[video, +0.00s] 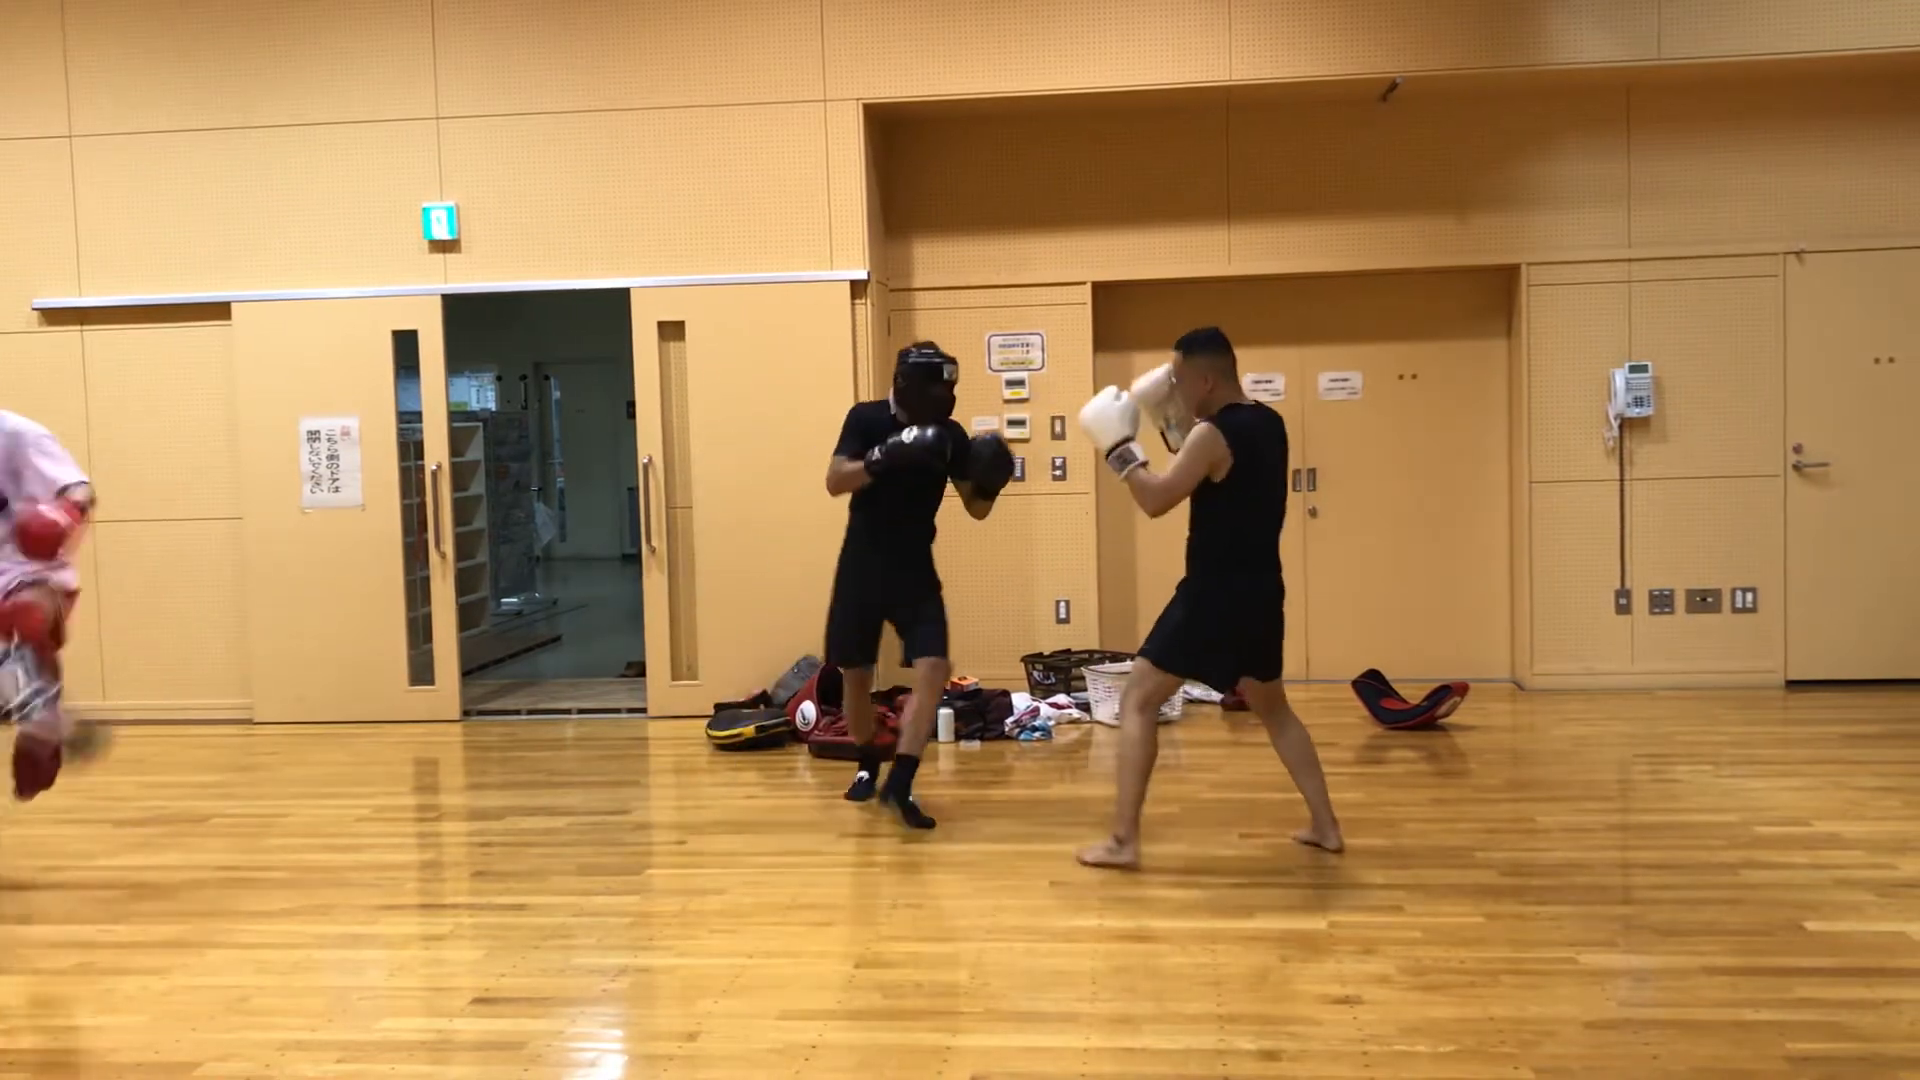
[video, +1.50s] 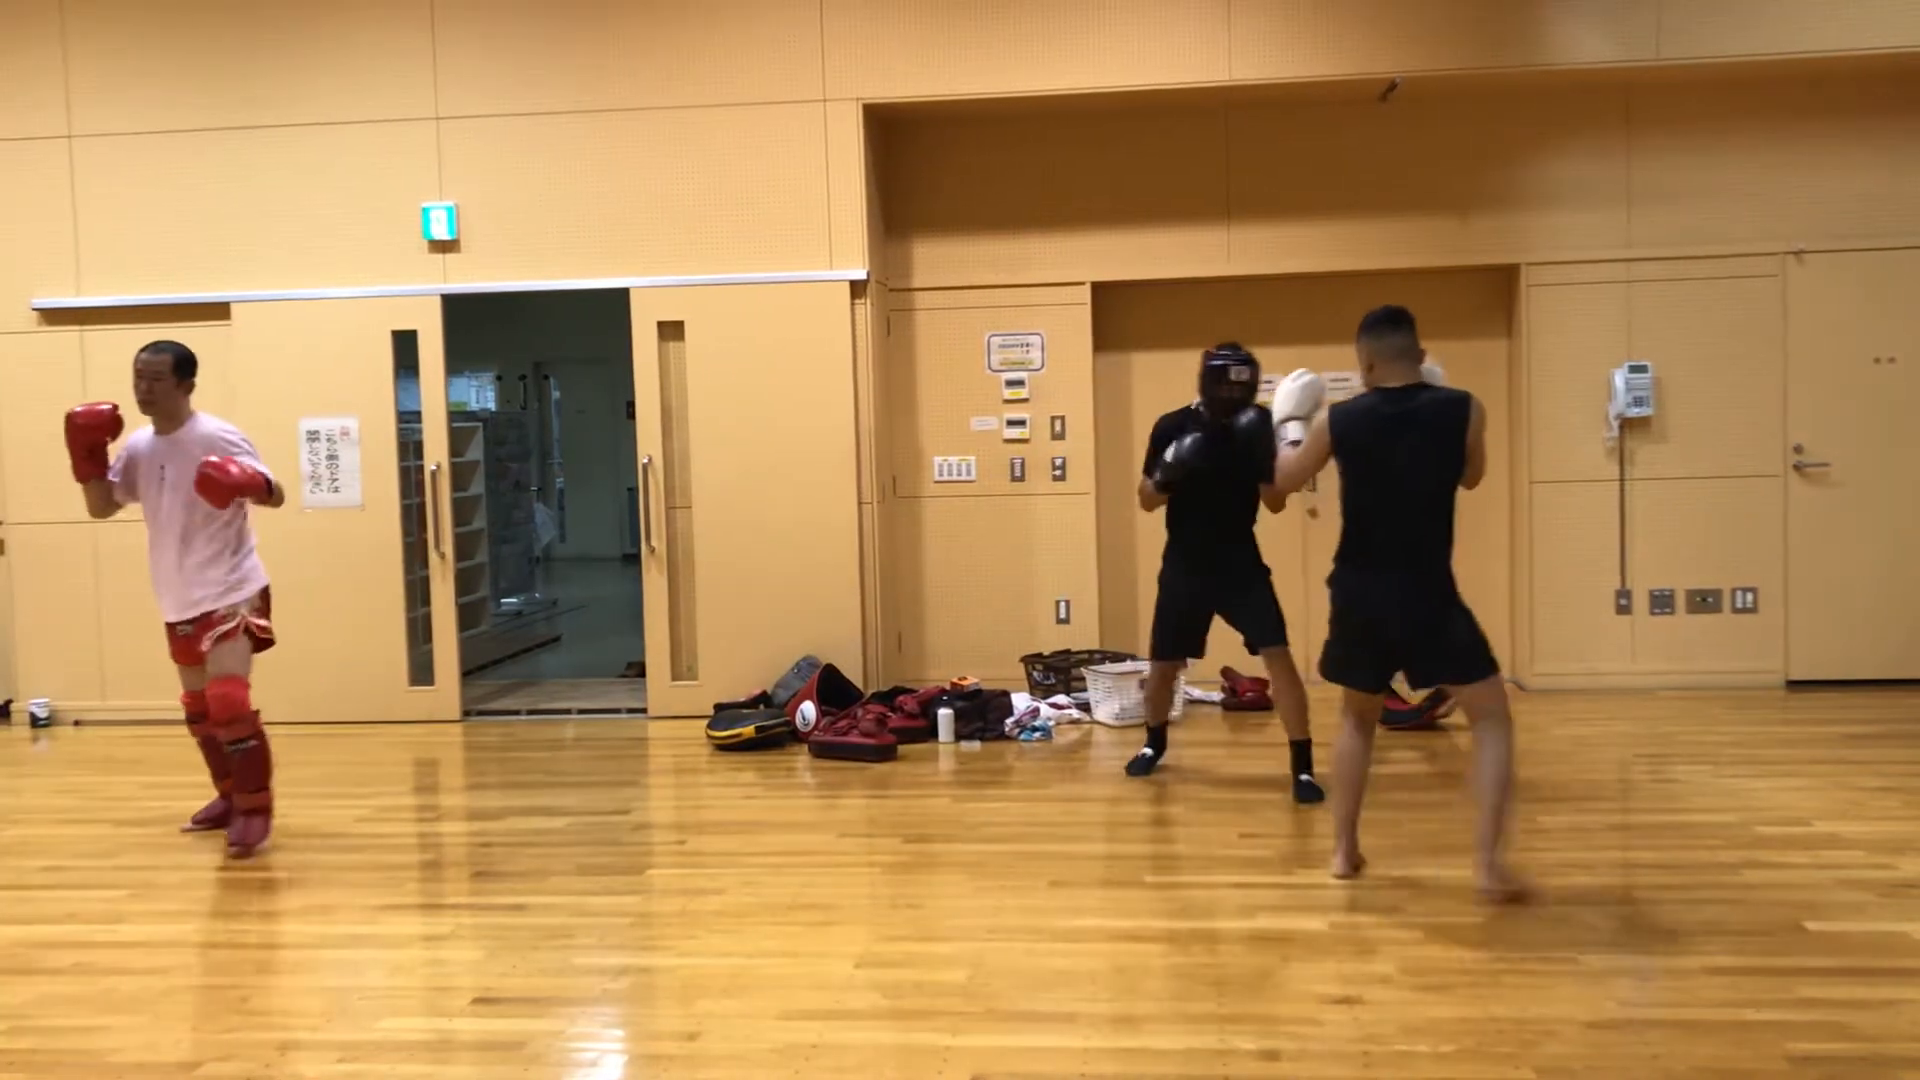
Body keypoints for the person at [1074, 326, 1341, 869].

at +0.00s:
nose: (1179, 392)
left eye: (1182, 381)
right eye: (1177, 381)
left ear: (1207, 378)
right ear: (1230, 375)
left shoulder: (1212, 434)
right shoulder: (1271, 424)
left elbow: (1154, 498)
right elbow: (1219, 480)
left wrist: (1120, 449)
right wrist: (1173, 422)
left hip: (1209, 598)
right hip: (1263, 597)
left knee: (1139, 699)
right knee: (1274, 707)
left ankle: (1123, 839)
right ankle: (1325, 824)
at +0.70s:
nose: (1185, 382)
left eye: (1184, 373)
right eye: (1184, 374)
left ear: (1191, 371)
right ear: (1241, 359)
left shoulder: (1185, 429)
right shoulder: (1295, 412)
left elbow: (1132, 502)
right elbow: (1297, 486)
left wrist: (1123, 449)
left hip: (1213, 605)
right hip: (1287, 602)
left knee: (1173, 725)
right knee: (1320, 737)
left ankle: (1163, 866)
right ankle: (1335, 871)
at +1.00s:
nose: (1271, 367)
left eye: (1270, 359)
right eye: (1278, 358)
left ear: (1273, 359)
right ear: (1329, 352)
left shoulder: (1255, 422)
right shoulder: (1376, 410)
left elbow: (1205, 495)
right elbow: (1387, 489)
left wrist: (1209, 444)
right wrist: (1342, 437)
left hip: (1270, 602)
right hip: (1344, 604)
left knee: (1251, 725)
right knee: (1348, 755)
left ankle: (1239, 861)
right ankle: (1330, 904)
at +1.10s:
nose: (1291, 363)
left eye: (1290, 355)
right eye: (1297, 354)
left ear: (1294, 355)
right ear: (1352, 349)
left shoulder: (1274, 417)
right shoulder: (1396, 408)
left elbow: (1223, 488)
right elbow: (1403, 482)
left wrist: (1232, 430)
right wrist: (1353, 421)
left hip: (1288, 596)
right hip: (1358, 597)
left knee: (1287, 724)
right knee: (1353, 747)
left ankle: (1290, 857)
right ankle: (1328, 903)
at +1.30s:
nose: (1327, 372)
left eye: (1326, 364)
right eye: (1335, 363)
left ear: (1329, 365)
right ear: (1384, 359)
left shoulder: (1309, 429)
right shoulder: (1427, 415)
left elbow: (1257, 496)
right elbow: (1439, 484)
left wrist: (1247, 445)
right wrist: (1396, 410)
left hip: (1330, 599)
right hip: (1398, 600)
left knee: (1343, 726)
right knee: (1415, 737)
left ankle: (1344, 863)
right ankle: (1355, 862)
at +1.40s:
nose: (1347, 371)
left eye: (1345, 364)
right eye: (1352, 365)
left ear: (1344, 365)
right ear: (1402, 359)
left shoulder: (1327, 423)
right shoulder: (1444, 411)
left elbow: (1271, 488)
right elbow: (1456, 478)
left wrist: (1272, 434)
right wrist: (1416, 402)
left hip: (1346, 600)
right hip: (1413, 601)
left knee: (1352, 722)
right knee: (1468, 728)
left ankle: (1344, 849)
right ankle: (1422, 852)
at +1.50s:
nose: (1363, 369)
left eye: (1362, 361)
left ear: (1363, 361)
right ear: (1421, 355)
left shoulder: (1343, 419)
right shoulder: (1461, 409)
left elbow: (1286, 479)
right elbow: (1471, 476)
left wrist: (1289, 429)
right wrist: (1435, 401)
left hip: (1360, 598)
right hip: (1429, 598)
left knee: (1357, 719)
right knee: (1491, 716)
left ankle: (1344, 851)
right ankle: (1489, 863)